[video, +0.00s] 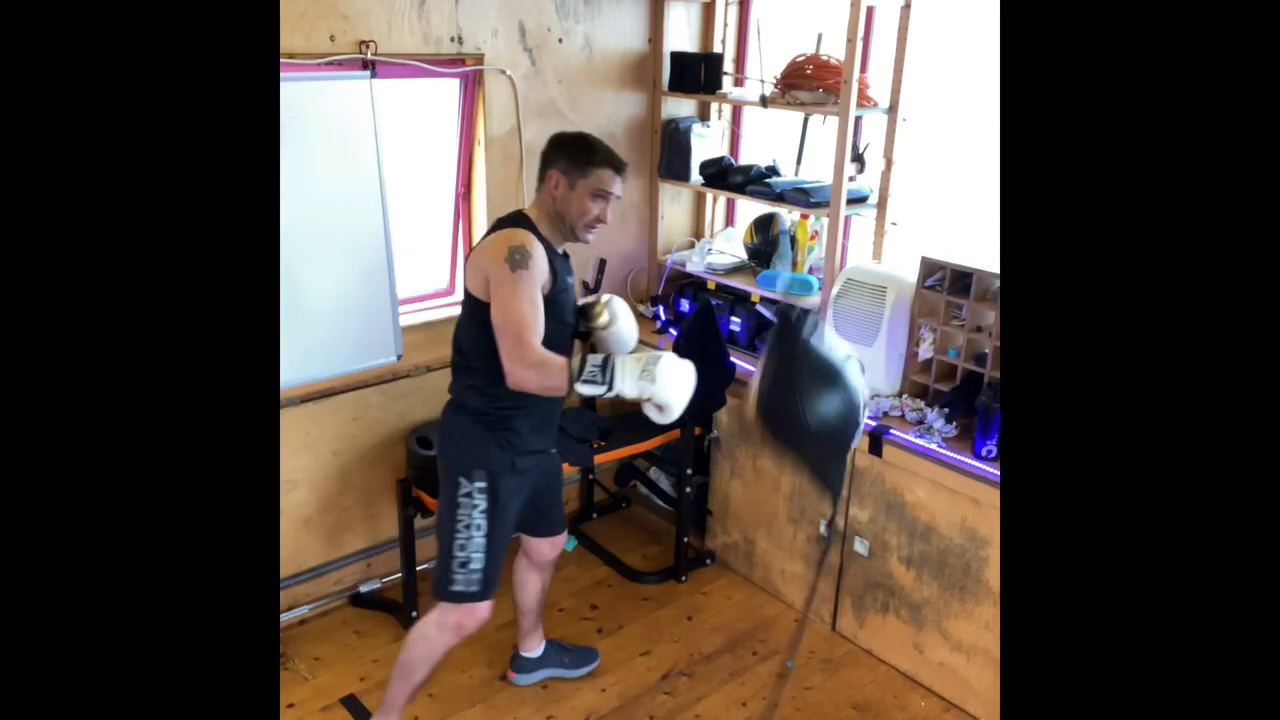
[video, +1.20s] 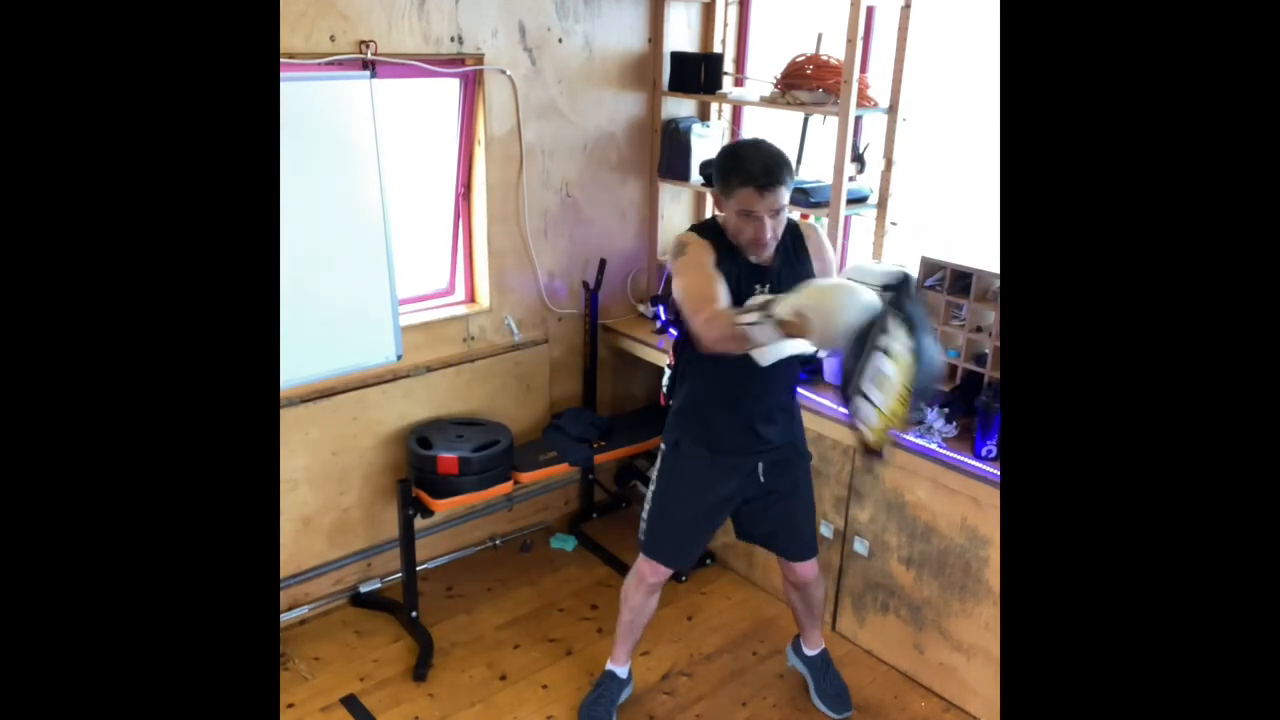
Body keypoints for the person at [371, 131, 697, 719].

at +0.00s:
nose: (604, 214)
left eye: (611, 201)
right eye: (598, 197)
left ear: (559, 190)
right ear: (554, 184)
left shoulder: (549, 252)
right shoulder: (515, 250)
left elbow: (541, 334)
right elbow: (522, 368)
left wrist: (587, 323)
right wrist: (612, 380)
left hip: (533, 438)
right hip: (484, 446)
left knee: (544, 543)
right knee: (464, 608)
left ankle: (530, 652)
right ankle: (385, 713)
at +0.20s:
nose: (637, 207)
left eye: (648, 192)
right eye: (624, 189)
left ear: (656, 189)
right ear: (588, 178)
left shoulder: (634, 236)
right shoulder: (539, 248)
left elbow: (630, 320)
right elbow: (514, 361)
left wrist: (664, 303)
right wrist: (603, 327)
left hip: (589, 429)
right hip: (539, 432)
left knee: (554, 552)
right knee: (592, 582)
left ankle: (534, 651)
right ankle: (574, 678)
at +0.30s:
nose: (625, 190)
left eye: (638, 176)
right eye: (612, 173)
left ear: (649, 182)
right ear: (580, 173)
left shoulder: (651, 249)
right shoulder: (545, 256)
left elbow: (688, 351)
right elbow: (534, 372)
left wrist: (686, 299)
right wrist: (591, 324)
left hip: (646, 428)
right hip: (587, 438)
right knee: (611, 583)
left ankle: (562, 625)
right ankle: (600, 677)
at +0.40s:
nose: (622, 192)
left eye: (634, 176)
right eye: (606, 178)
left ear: (653, 182)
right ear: (584, 185)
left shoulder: (682, 250)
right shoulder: (568, 268)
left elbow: (723, 357)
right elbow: (569, 380)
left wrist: (718, 290)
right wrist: (615, 305)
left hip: (693, 444)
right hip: (622, 454)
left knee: (719, 561)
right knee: (622, 591)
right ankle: (601, 674)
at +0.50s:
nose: (650, 203)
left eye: (661, 188)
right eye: (635, 191)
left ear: (685, 191)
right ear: (618, 199)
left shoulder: (718, 256)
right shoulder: (602, 276)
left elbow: (771, 348)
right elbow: (602, 387)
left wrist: (735, 286)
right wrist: (638, 308)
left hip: (726, 456)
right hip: (651, 465)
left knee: (763, 581)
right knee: (635, 605)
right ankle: (603, 674)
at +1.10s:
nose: (740, 234)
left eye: (751, 216)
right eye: (723, 219)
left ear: (767, 204)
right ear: (696, 210)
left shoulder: (800, 252)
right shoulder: (669, 258)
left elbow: (842, 340)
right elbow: (641, 376)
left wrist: (800, 343)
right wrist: (659, 343)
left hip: (770, 441)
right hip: (689, 439)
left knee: (796, 572)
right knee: (645, 572)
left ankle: (803, 651)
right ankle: (616, 671)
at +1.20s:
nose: (764, 231)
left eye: (776, 214)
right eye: (748, 216)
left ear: (789, 202)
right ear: (718, 204)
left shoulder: (804, 241)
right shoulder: (695, 250)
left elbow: (829, 320)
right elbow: (709, 333)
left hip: (778, 437)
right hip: (700, 439)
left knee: (804, 572)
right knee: (652, 570)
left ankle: (812, 650)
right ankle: (616, 671)